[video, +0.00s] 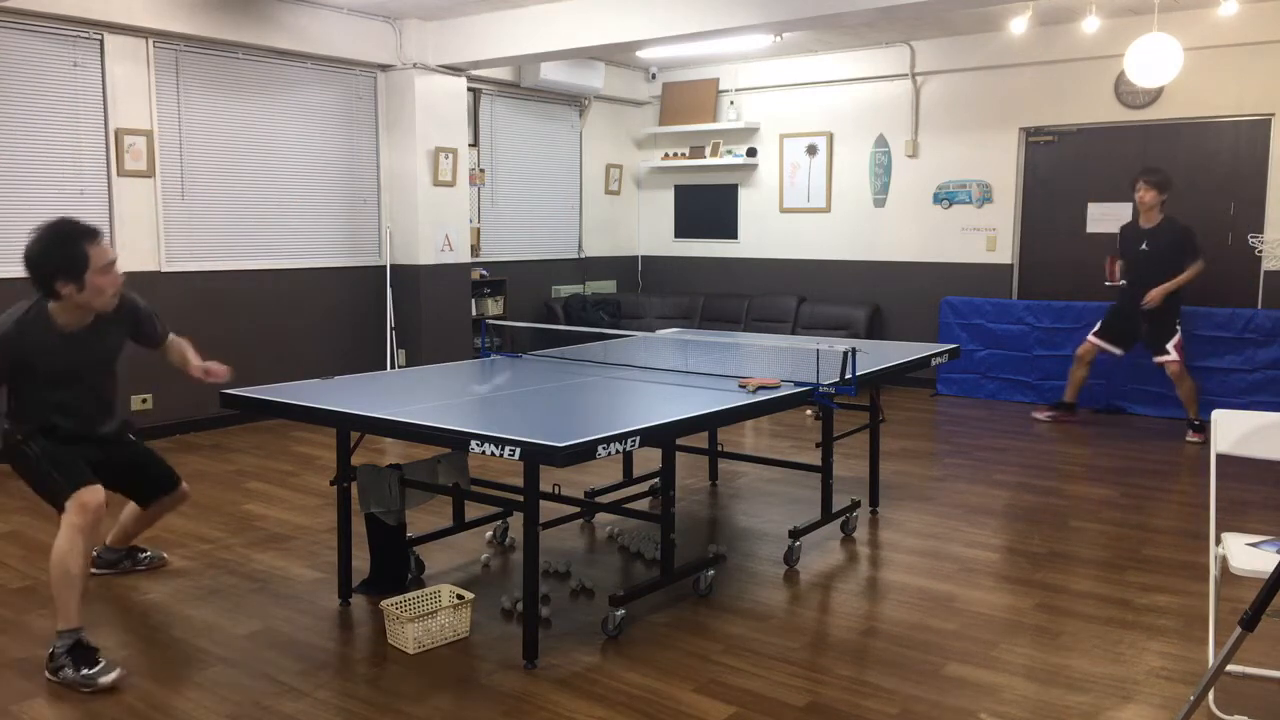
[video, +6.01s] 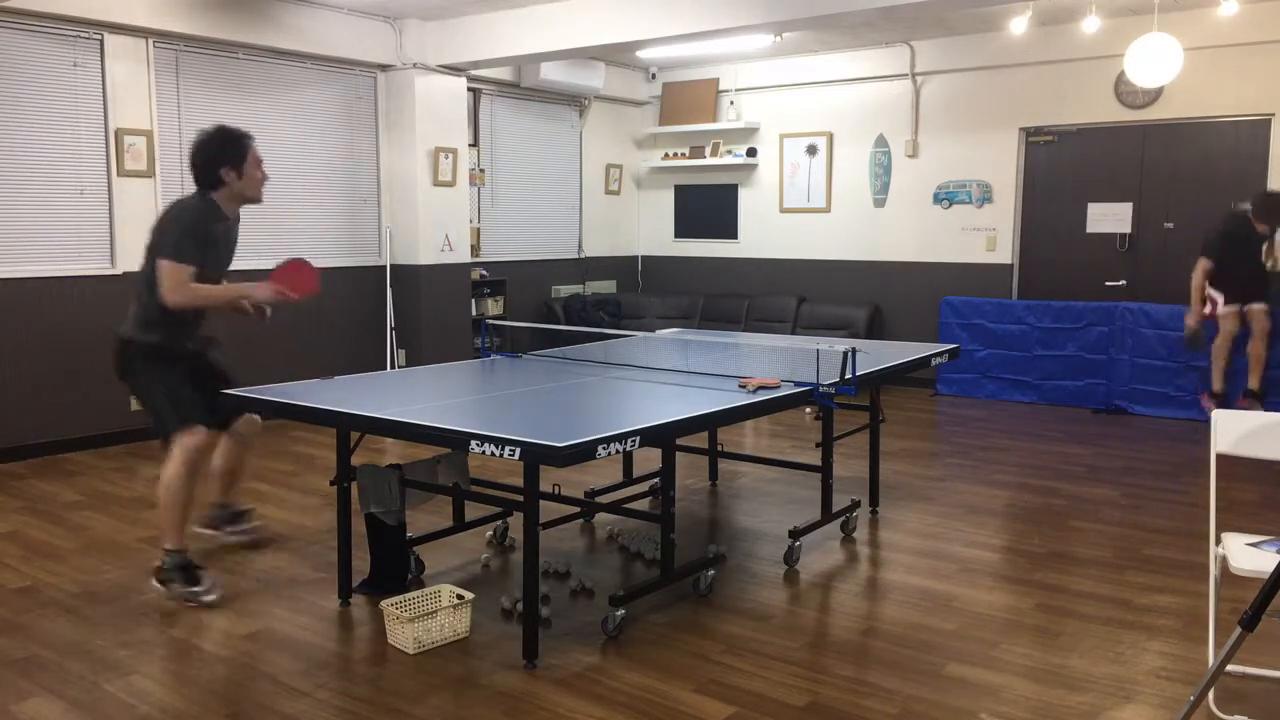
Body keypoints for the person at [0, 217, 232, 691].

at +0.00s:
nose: (119, 275)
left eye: (115, 264)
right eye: (106, 269)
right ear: (66, 287)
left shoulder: (119, 310)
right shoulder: (16, 334)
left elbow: (167, 340)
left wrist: (194, 365)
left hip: (102, 431)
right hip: (36, 437)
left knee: (169, 493)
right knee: (88, 500)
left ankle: (111, 551)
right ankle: (68, 646)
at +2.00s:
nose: (61, 189)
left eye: (60, 176)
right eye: (45, 182)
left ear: (61, 175)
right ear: (10, 200)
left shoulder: (46, 239)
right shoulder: (21, 257)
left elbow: (76, 304)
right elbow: (73, 348)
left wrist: (118, 304)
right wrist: (143, 322)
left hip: (81, 394)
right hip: (47, 409)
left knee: (144, 467)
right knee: (121, 517)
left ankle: (105, 558)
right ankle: (45, 642)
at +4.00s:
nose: (201, 205)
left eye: (196, 196)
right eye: (192, 199)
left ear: (145, 219)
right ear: (170, 215)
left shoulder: (112, 267)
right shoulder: (196, 254)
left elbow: (95, 348)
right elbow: (275, 304)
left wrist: (183, 355)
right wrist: (273, 272)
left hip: (112, 414)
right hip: (165, 410)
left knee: (176, 475)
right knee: (217, 513)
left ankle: (188, 556)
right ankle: (225, 645)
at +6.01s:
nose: (264, 172)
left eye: (261, 163)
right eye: (256, 164)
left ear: (229, 175)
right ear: (228, 175)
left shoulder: (226, 220)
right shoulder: (186, 217)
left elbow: (199, 284)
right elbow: (174, 294)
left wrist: (238, 300)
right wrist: (248, 292)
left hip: (185, 346)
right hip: (147, 349)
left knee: (243, 422)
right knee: (193, 436)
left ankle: (222, 513)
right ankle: (172, 561)